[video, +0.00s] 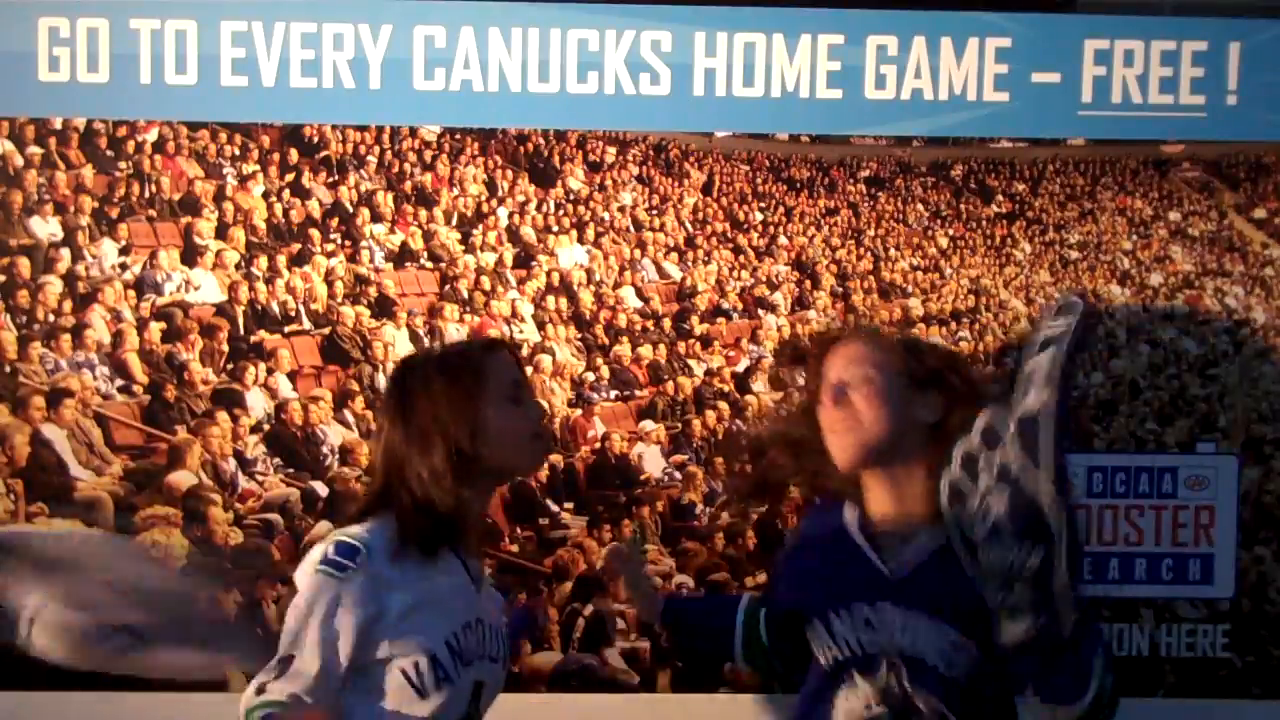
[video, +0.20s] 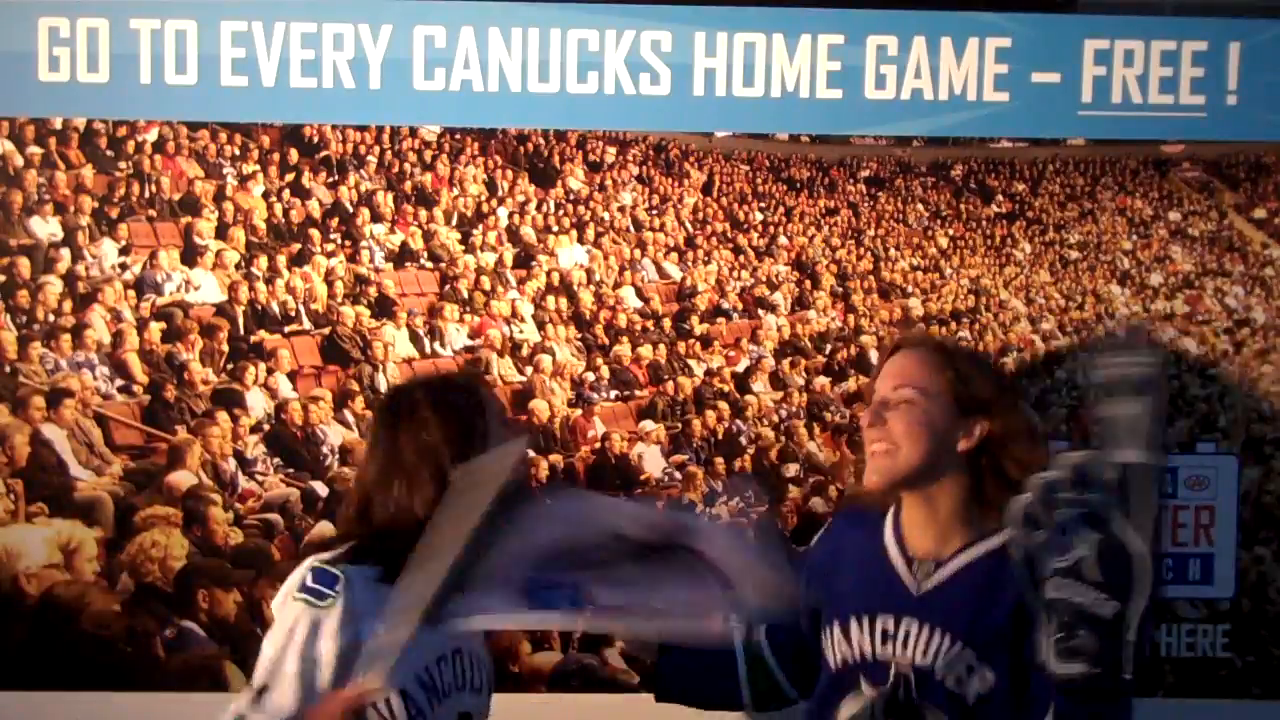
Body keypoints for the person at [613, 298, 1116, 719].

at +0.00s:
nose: (829, 406)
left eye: (850, 388)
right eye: (824, 396)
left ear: (927, 405)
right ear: (818, 425)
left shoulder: (993, 538)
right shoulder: (819, 538)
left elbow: (1072, 690)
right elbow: (782, 638)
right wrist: (660, 613)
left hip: (960, 717)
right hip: (829, 712)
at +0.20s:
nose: (871, 420)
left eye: (902, 403)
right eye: (871, 406)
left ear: (970, 432)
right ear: (864, 422)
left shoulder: (1030, 572)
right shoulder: (843, 540)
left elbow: (1057, 709)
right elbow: (778, 676)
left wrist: (1086, 646)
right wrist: (652, 652)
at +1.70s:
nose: (850, 436)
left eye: (867, 408)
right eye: (847, 413)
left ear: (939, 404)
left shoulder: (1026, 568)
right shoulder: (855, 529)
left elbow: (1078, 716)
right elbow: (729, 555)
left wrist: (1127, 653)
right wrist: (794, 416)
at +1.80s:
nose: (840, 432)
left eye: (868, 404)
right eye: (843, 409)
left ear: (939, 415)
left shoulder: (1024, 558)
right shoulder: (847, 529)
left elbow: (1066, 709)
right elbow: (720, 538)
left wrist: (1110, 635)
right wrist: (799, 407)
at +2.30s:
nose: (857, 457)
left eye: (879, 432)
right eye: (842, 442)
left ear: (935, 436)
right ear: (834, 461)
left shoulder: (1022, 568)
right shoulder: (851, 570)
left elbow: (1138, 664)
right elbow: (761, 687)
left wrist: (1067, 549)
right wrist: (805, 537)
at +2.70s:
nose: (890, 414)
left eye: (914, 402)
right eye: (876, 398)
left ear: (955, 436)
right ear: (852, 422)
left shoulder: (1013, 558)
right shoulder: (811, 550)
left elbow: (1109, 687)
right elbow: (743, 683)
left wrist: (1149, 593)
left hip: (979, 713)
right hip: (857, 711)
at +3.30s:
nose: (896, 435)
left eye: (925, 417)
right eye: (891, 413)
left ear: (987, 439)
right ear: (876, 422)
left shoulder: (1061, 586)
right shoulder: (860, 553)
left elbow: (1094, 706)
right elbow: (722, 604)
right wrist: (713, 475)